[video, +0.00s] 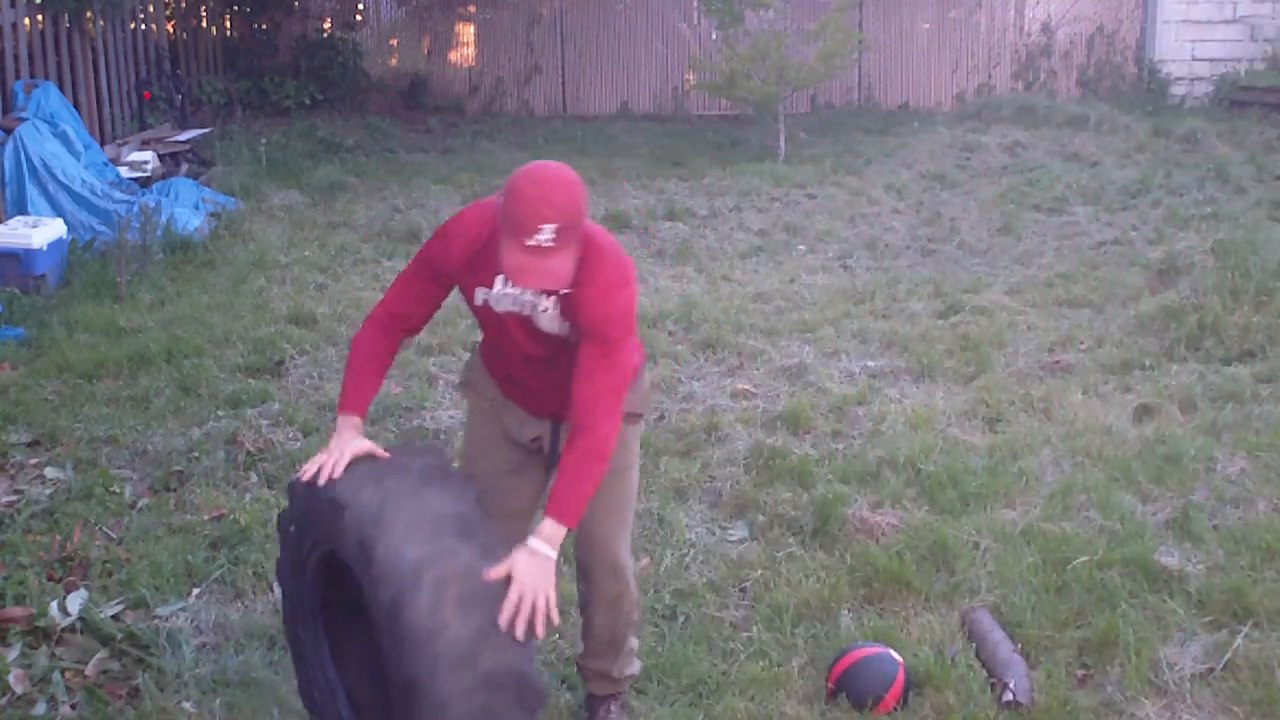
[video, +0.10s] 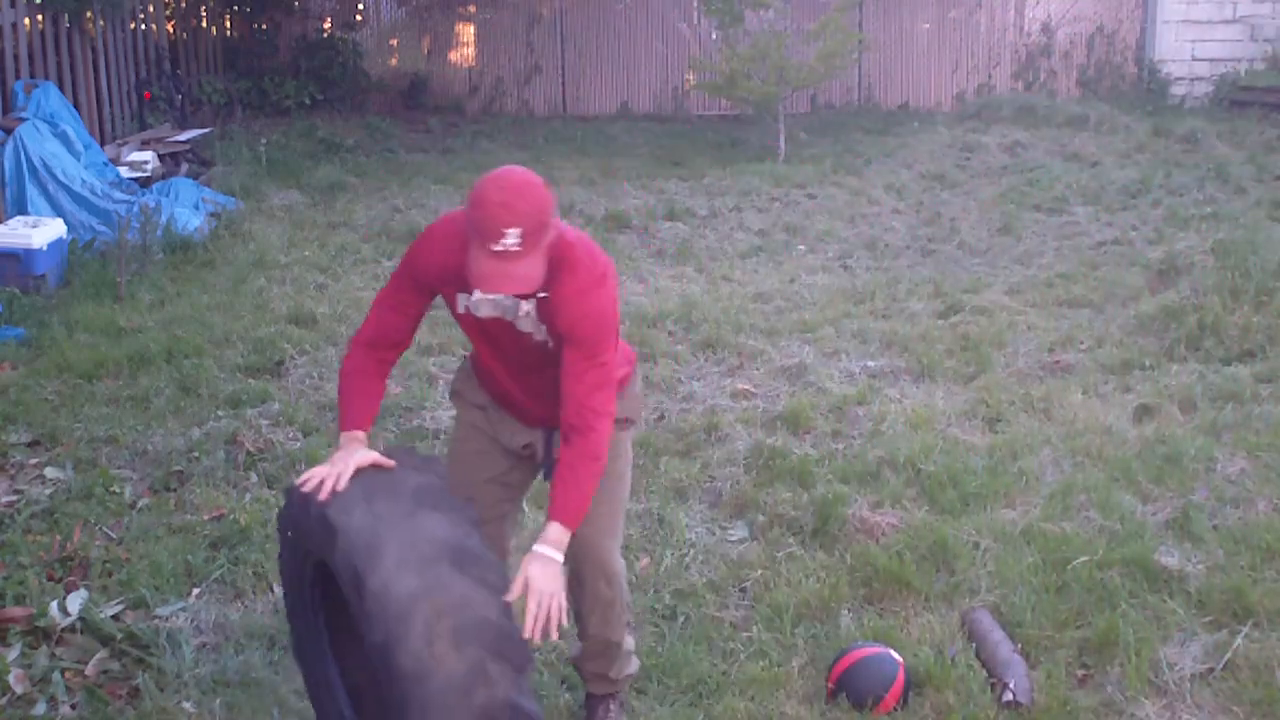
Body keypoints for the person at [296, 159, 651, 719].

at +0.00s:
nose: (539, 277)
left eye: (552, 266)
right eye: (526, 265)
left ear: (578, 239)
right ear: (501, 230)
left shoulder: (607, 272)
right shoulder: (465, 239)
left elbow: (596, 421)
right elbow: (387, 324)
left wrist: (546, 544)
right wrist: (348, 426)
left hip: (602, 409)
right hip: (504, 396)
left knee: (605, 556)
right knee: (486, 548)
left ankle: (607, 691)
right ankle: (483, 684)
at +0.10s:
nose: (506, 282)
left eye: (521, 270)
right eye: (493, 269)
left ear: (547, 242)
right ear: (471, 238)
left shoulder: (584, 275)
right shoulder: (441, 246)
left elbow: (588, 420)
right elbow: (373, 346)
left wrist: (553, 546)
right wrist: (353, 438)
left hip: (591, 410)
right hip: (494, 400)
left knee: (595, 556)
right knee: (465, 543)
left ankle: (605, 690)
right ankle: (470, 677)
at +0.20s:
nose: (471, 279)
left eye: (487, 264)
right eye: (459, 265)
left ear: (520, 234)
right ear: (440, 235)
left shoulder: (566, 269)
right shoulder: (419, 249)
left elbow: (607, 411)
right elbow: (369, 354)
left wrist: (555, 509)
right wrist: (373, 448)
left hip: (579, 413)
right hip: (486, 407)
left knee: (591, 557)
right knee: (462, 549)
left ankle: (605, 688)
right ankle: (456, 681)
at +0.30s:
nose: (462, 277)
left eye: (475, 262)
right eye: (449, 265)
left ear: (506, 226)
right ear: (424, 236)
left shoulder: (562, 258)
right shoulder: (410, 255)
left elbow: (609, 384)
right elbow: (385, 373)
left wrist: (541, 457)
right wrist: (413, 457)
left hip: (585, 411)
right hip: (483, 412)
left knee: (605, 546)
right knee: (459, 548)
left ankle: (615, 678)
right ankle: (462, 683)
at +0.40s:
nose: (476, 267)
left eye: (488, 253)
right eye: (460, 257)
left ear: (512, 219)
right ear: (433, 233)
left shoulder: (571, 249)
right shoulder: (411, 262)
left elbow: (599, 364)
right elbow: (406, 379)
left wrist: (530, 437)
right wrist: (443, 478)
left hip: (587, 399)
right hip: (483, 408)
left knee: (622, 542)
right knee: (476, 558)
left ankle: (637, 690)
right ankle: (481, 696)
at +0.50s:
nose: (513, 259)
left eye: (525, 244)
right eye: (499, 247)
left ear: (545, 217)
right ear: (468, 227)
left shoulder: (592, 250)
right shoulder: (433, 267)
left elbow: (595, 371)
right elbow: (426, 390)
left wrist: (524, 457)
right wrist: (445, 495)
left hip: (594, 404)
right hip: (490, 415)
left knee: (635, 552)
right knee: (480, 569)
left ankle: (663, 705)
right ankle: (484, 705)